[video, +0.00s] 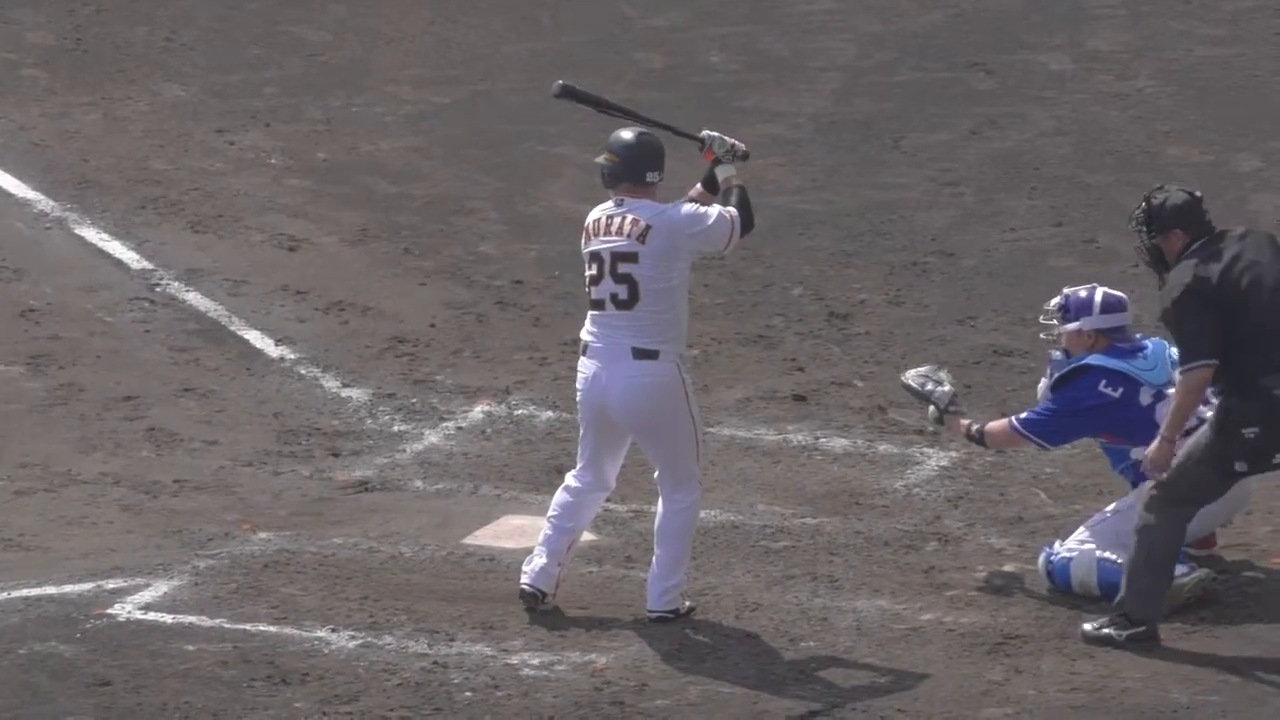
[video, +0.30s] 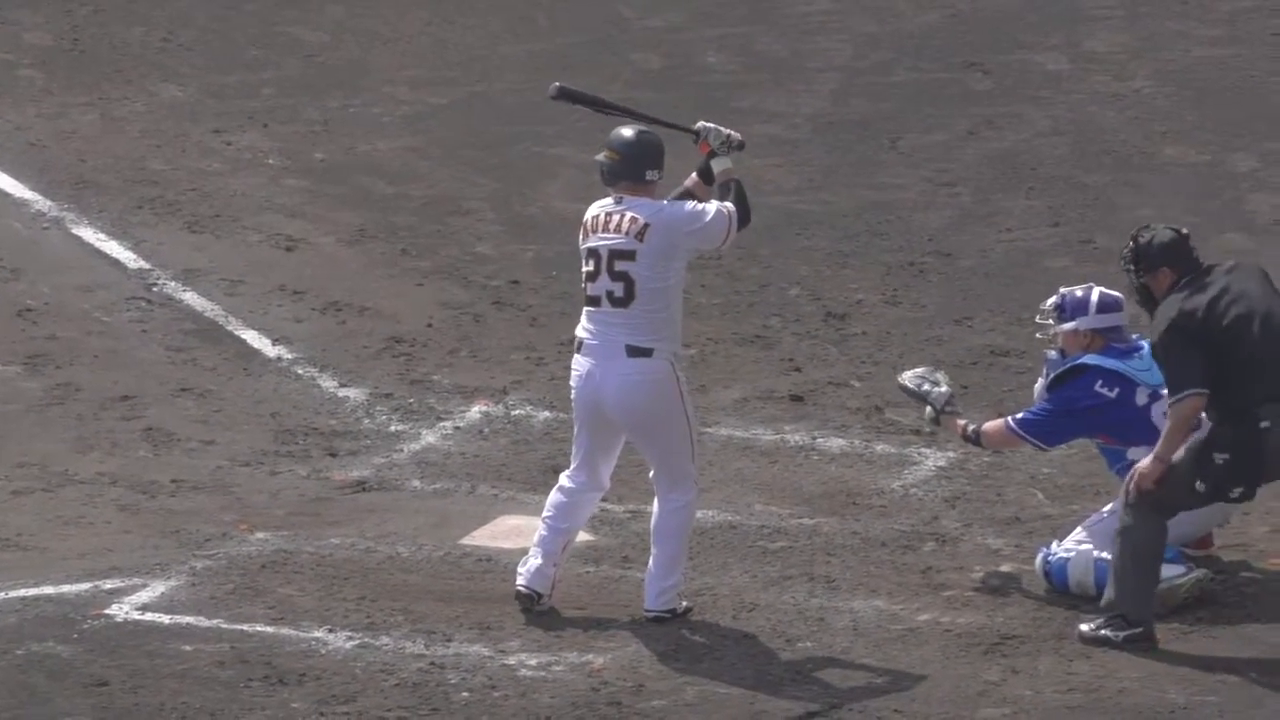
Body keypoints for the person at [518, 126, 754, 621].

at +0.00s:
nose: (604, 176)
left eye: (608, 169)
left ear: (611, 173)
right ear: (656, 174)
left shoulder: (595, 221)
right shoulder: (675, 222)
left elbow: (675, 213)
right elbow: (741, 221)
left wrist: (712, 169)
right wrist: (732, 175)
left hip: (592, 372)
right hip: (653, 378)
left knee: (589, 475)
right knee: (679, 485)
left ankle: (537, 576)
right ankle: (665, 598)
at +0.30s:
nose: (603, 174)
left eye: (608, 169)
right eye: (659, 171)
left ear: (610, 172)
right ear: (657, 173)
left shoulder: (594, 216)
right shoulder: (673, 219)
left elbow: (672, 205)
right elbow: (738, 214)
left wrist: (709, 160)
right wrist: (725, 167)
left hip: (586, 368)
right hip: (647, 375)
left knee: (583, 475)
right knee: (675, 485)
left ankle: (533, 577)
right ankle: (662, 598)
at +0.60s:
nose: (605, 176)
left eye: (609, 169)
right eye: (658, 172)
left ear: (610, 174)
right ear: (657, 175)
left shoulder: (593, 222)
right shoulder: (673, 223)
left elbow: (668, 223)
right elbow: (738, 226)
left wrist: (710, 181)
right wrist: (730, 179)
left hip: (586, 373)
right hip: (648, 379)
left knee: (583, 477)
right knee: (673, 486)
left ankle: (532, 577)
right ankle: (659, 600)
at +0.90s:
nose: (599, 178)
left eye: (603, 171)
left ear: (605, 176)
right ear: (653, 178)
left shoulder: (587, 224)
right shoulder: (666, 227)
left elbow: (661, 220)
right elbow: (732, 226)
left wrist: (704, 178)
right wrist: (722, 178)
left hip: (577, 375)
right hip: (638, 381)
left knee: (575, 480)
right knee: (667, 489)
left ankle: (527, 581)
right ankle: (655, 603)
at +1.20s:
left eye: (603, 183)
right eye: (652, 188)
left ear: (604, 188)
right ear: (650, 191)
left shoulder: (587, 233)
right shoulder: (662, 236)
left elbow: (665, 233)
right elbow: (731, 239)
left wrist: (708, 195)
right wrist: (724, 190)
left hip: (569, 385)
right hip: (629, 391)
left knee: (577, 486)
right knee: (660, 500)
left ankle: (524, 582)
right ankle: (648, 612)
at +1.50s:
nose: (569, 203)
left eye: (571, 197)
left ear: (576, 200)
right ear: (617, 203)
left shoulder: (559, 243)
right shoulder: (627, 246)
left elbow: (641, 287)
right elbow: (695, 269)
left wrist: (702, 242)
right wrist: (696, 227)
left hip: (527, 389)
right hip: (583, 400)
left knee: (618, 403)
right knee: (621, 498)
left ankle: (562, 499)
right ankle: (609, 603)